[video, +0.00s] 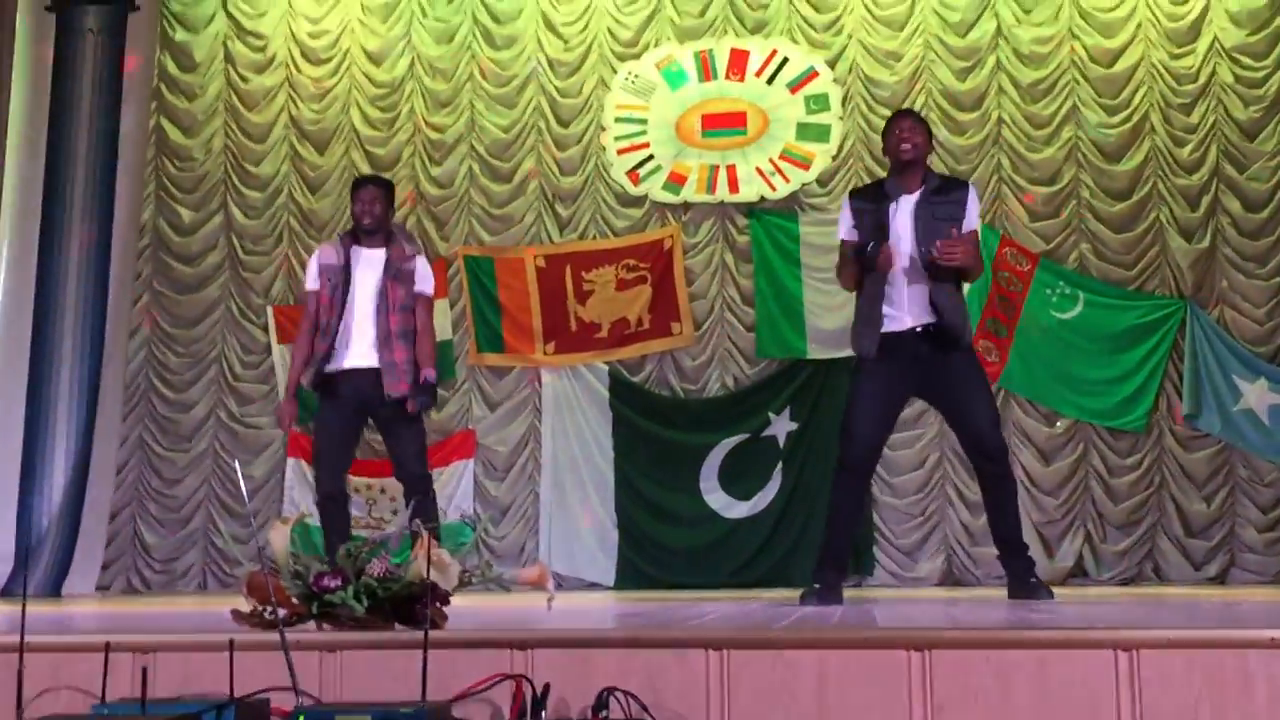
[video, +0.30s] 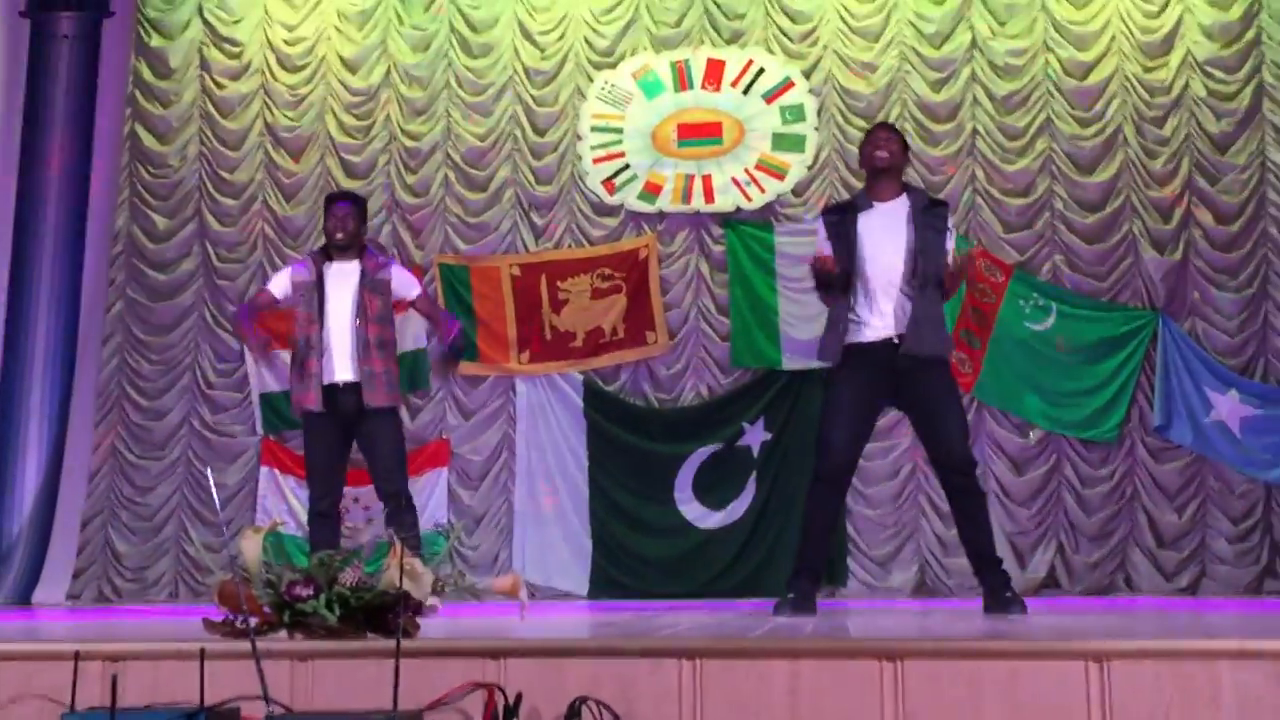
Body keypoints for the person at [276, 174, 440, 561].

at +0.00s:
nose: (367, 209)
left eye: (375, 202)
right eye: (361, 202)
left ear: (390, 208)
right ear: (350, 208)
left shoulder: (412, 261)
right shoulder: (326, 257)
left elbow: (423, 326)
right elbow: (307, 329)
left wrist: (428, 377)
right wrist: (290, 392)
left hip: (395, 385)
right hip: (340, 386)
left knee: (415, 478)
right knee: (328, 483)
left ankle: (431, 568)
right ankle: (338, 572)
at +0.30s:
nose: (339, 225)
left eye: (348, 219)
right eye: (333, 219)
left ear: (363, 226)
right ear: (323, 225)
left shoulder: (386, 271)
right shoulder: (300, 273)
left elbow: (439, 318)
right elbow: (244, 314)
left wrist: (447, 347)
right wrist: (266, 347)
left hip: (375, 399)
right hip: (321, 401)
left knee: (395, 492)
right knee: (323, 501)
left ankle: (414, 582)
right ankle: (322, 588)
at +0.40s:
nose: (336, 212)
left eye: (344, 205)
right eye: (329, 205)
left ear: (359, 213)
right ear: (320, 212)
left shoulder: (379, 261)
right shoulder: (298, 261)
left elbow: (429, 314)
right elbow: (256, 316)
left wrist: (476, 300)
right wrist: (229, 296)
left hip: (368, 389)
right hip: (315, 392)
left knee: (389, 484)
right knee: (315, 490)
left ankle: (408, 573)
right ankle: (313, 580)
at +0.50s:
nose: (339, 203)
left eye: (347, 196)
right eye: (332, 196)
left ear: (361, 204)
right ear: (322, 201)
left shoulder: (383, 252)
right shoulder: (296, 251)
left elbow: (416, 308)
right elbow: (289, 309)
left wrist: (441, 297)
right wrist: (245, 291)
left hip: (367, 375)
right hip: (312, 376)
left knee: (382, 469)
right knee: (309, 473)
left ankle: (396, 559)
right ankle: (303, 562)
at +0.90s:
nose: (408, 191)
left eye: (417, 184)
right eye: (403, 184)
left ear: (435, 187)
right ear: (395, 187)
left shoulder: (459, 238)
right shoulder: (373, 233)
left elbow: (467, 297)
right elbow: (346, 282)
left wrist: (417, 301)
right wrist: (381, 290)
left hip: (431, 358)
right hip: (377, 354)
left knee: (439, 451)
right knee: (354, 449)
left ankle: (440, 544)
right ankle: (342, 542)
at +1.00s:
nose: (422, 182)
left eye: (430, 175)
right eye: (416, 175)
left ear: (447, 183)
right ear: (407, 182)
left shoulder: (470, 233)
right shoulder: (388, 232)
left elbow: (492, 284)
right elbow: (338, 276)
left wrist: (473, 309)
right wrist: (336, 248)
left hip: (444, 355)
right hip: (392, 352)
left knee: (453, 451)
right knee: (369, 449)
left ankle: (456, 539)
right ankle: (350, 539)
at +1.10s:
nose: (421, 180)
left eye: (429, 174)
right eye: (416, 174)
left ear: (445, 183)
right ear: (408, 181)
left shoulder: (468, 231)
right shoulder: (389, 227)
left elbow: (481, 294)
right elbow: (331, 235)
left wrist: (439, 326)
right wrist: (360, 225)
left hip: (450, 354)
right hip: (394, 351)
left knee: (461, 451)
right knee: (373, 449)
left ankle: (464, 547)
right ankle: (350, 543)